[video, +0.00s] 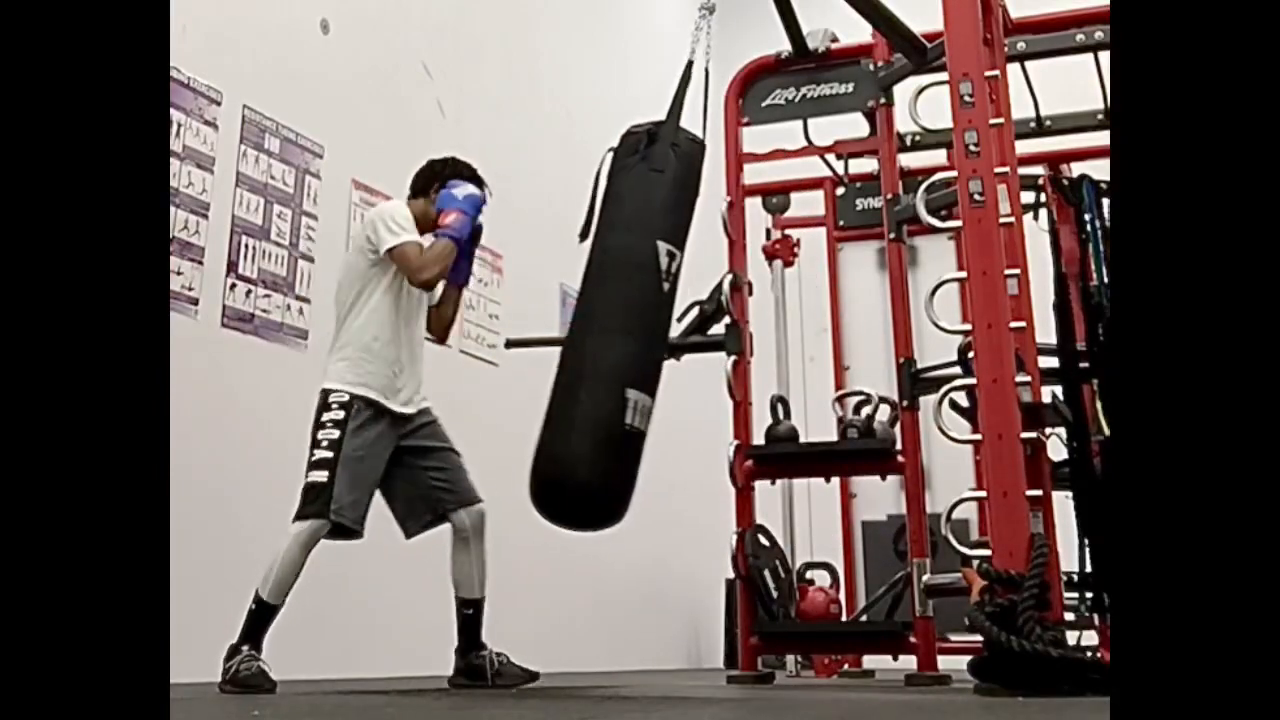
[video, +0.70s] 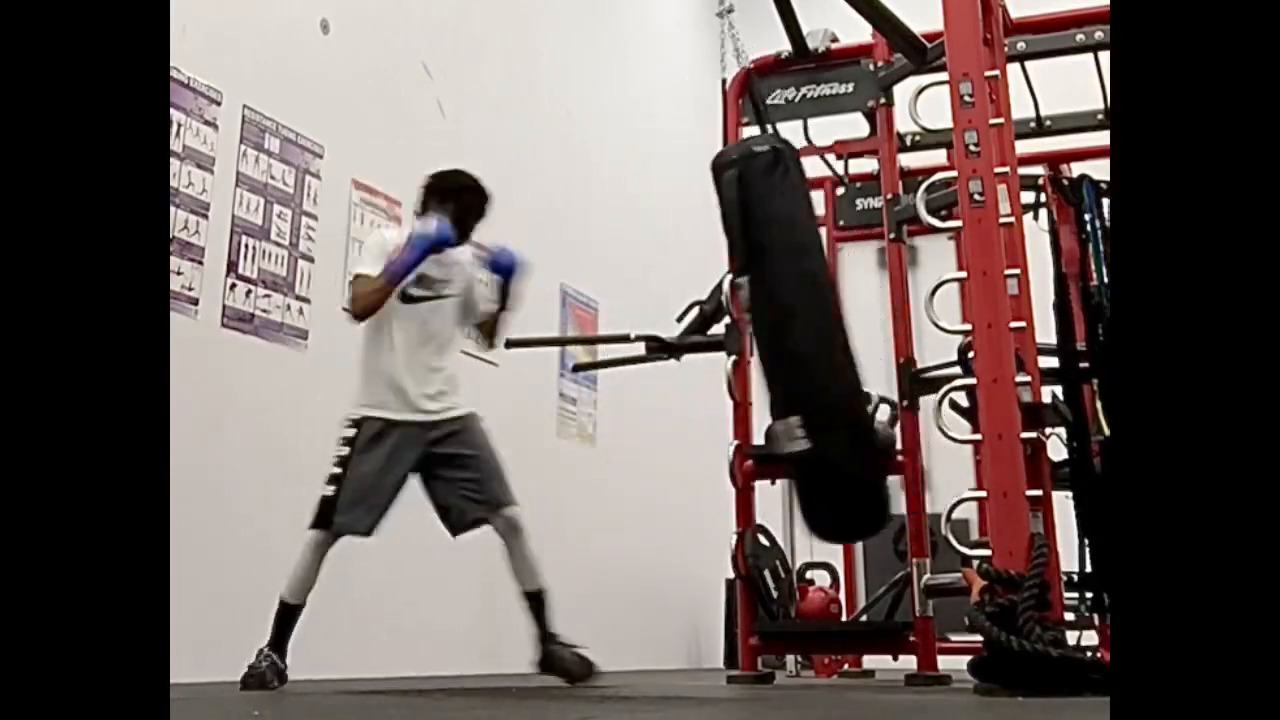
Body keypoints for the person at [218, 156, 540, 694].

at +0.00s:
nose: (459, 216)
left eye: (465, 209)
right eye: (457, 204)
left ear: (439, 204)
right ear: (433, 194)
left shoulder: (424, 251)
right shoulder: (385, 214)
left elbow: (438, 331)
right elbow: (422, 272)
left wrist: (463, 262)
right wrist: (456, 229)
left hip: (406, 403)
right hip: (355, 394)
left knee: (470, 516)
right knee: (315, 521)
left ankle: (472, 657)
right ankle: (245, 652)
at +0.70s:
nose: (441, 226)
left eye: (452, 220)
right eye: (437, 214)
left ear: (465, 225)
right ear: (423, 208)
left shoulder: (467, 267)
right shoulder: (387, 248)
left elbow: (487, 335)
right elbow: (358, 306)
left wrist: (504, 285)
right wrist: (412, 256)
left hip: (448, 415)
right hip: (383, 414)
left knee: (510, 522)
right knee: (323, 534)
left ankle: (549, 645)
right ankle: (272, 654)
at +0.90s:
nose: (509, 245)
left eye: (519, 239)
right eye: (503, 235)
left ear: (529, 237)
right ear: (485, 227)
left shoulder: (529, 269)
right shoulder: (449, 257)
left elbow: (562, 331)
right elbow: (432, 301)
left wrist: (564, 271)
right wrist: (472, 247)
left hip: (515, 416)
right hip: (452, 417)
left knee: (553, 524)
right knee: (418, 536)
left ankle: (578, 651)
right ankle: (425, 652)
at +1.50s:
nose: (524, 238)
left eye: (531, 233)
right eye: (521, 225)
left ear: (531, 235)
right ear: (499, 214)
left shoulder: (524, 274)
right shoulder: (456, 242)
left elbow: (563, 328)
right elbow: (447, 291)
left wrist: (562, 266)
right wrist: (487, 240)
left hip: (509, 413)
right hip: (456, 399)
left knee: (556, 527)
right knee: (419, 528)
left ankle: (588, 653)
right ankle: (380, 653)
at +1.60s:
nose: (495, 213)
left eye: (505, 209)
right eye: (491, 203)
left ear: (508, 211)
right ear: (470, 192)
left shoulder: (498, 250)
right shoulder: (429, 214)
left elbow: (535, 303)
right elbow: (418, 258)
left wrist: (534, 239)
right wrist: (464, 220)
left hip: (479, 386)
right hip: (425, 373)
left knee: (511, 504)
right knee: (395, 508)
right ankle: (372, 641)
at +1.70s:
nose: (464, 220)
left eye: (474, 213)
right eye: (458, 206)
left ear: (482, 223)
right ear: (439, 210)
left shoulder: (484, 270)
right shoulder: (409, 248)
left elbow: (521, 321)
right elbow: (418, 270)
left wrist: (517, 258)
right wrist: (451, 223)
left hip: (464, 414)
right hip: (403, 406)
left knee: (511, 518)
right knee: (352, 529)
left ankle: (483, 637)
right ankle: (316, 654)